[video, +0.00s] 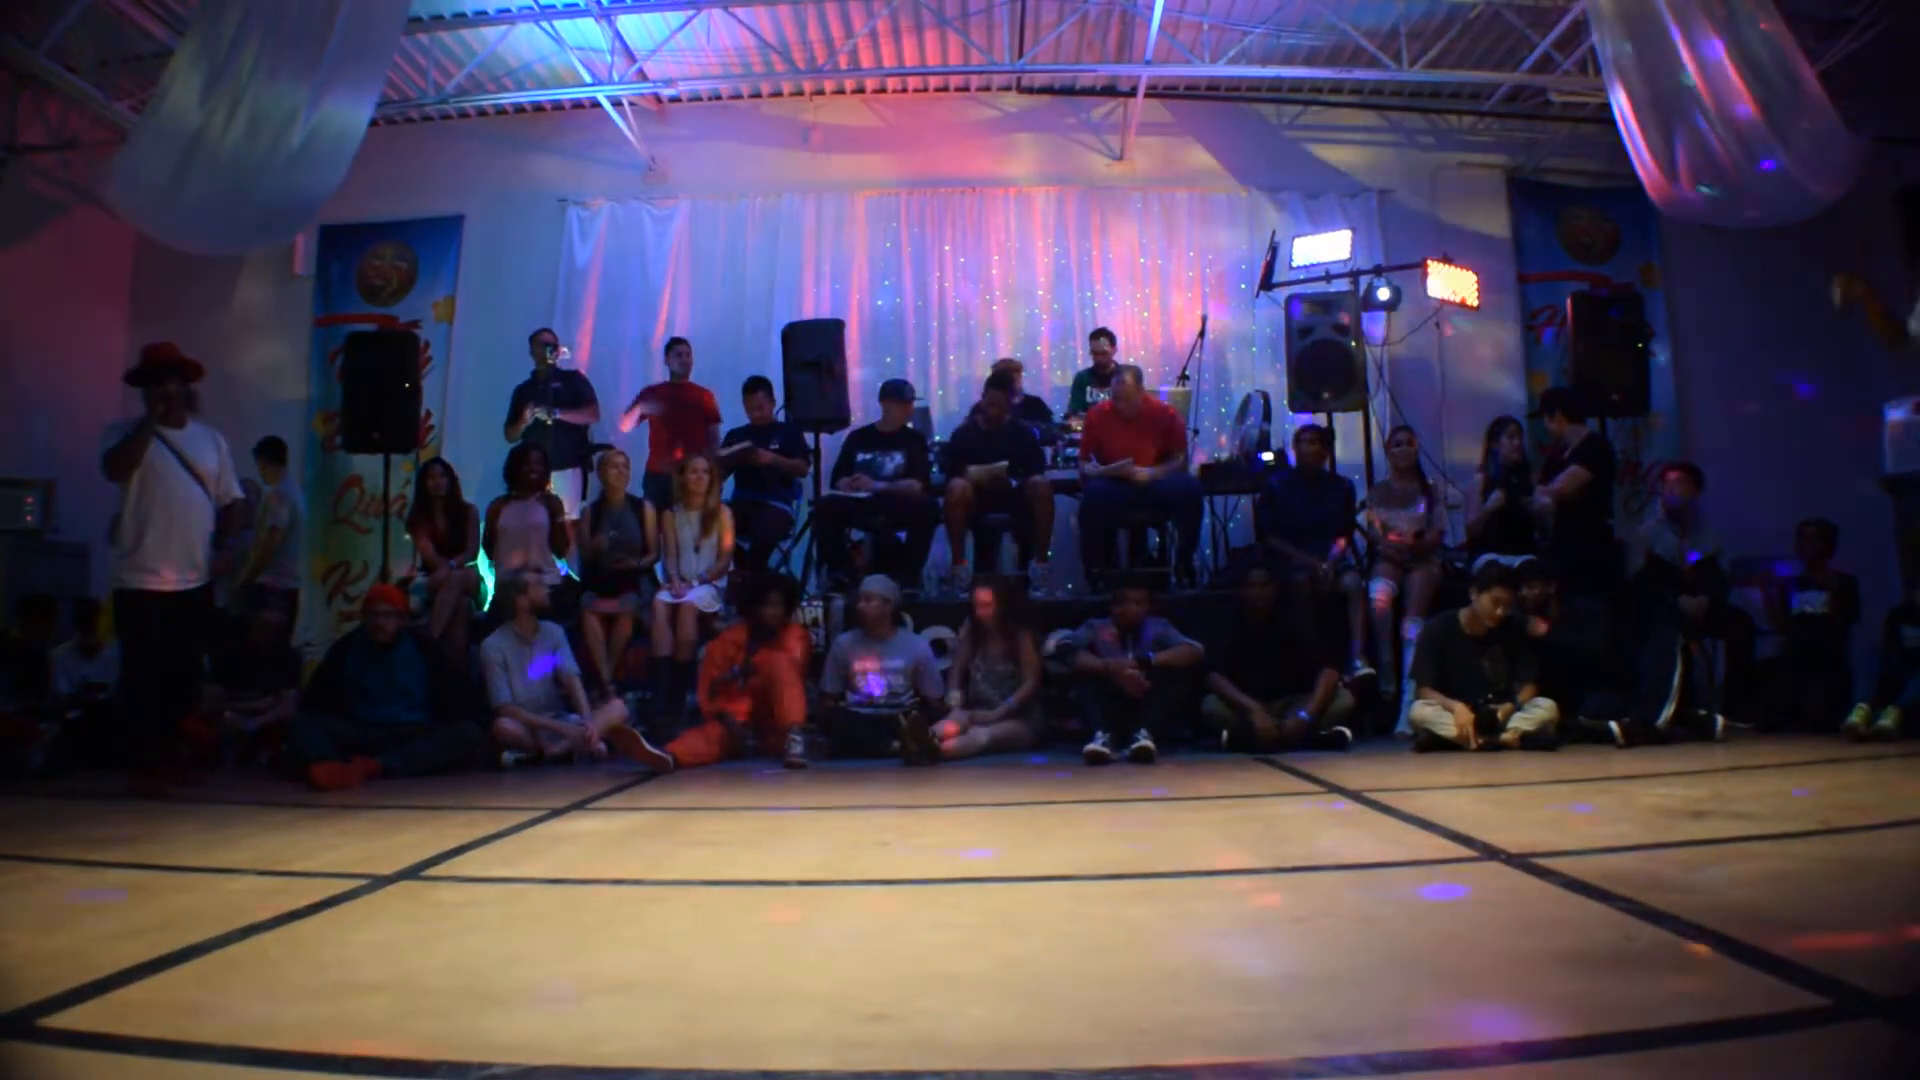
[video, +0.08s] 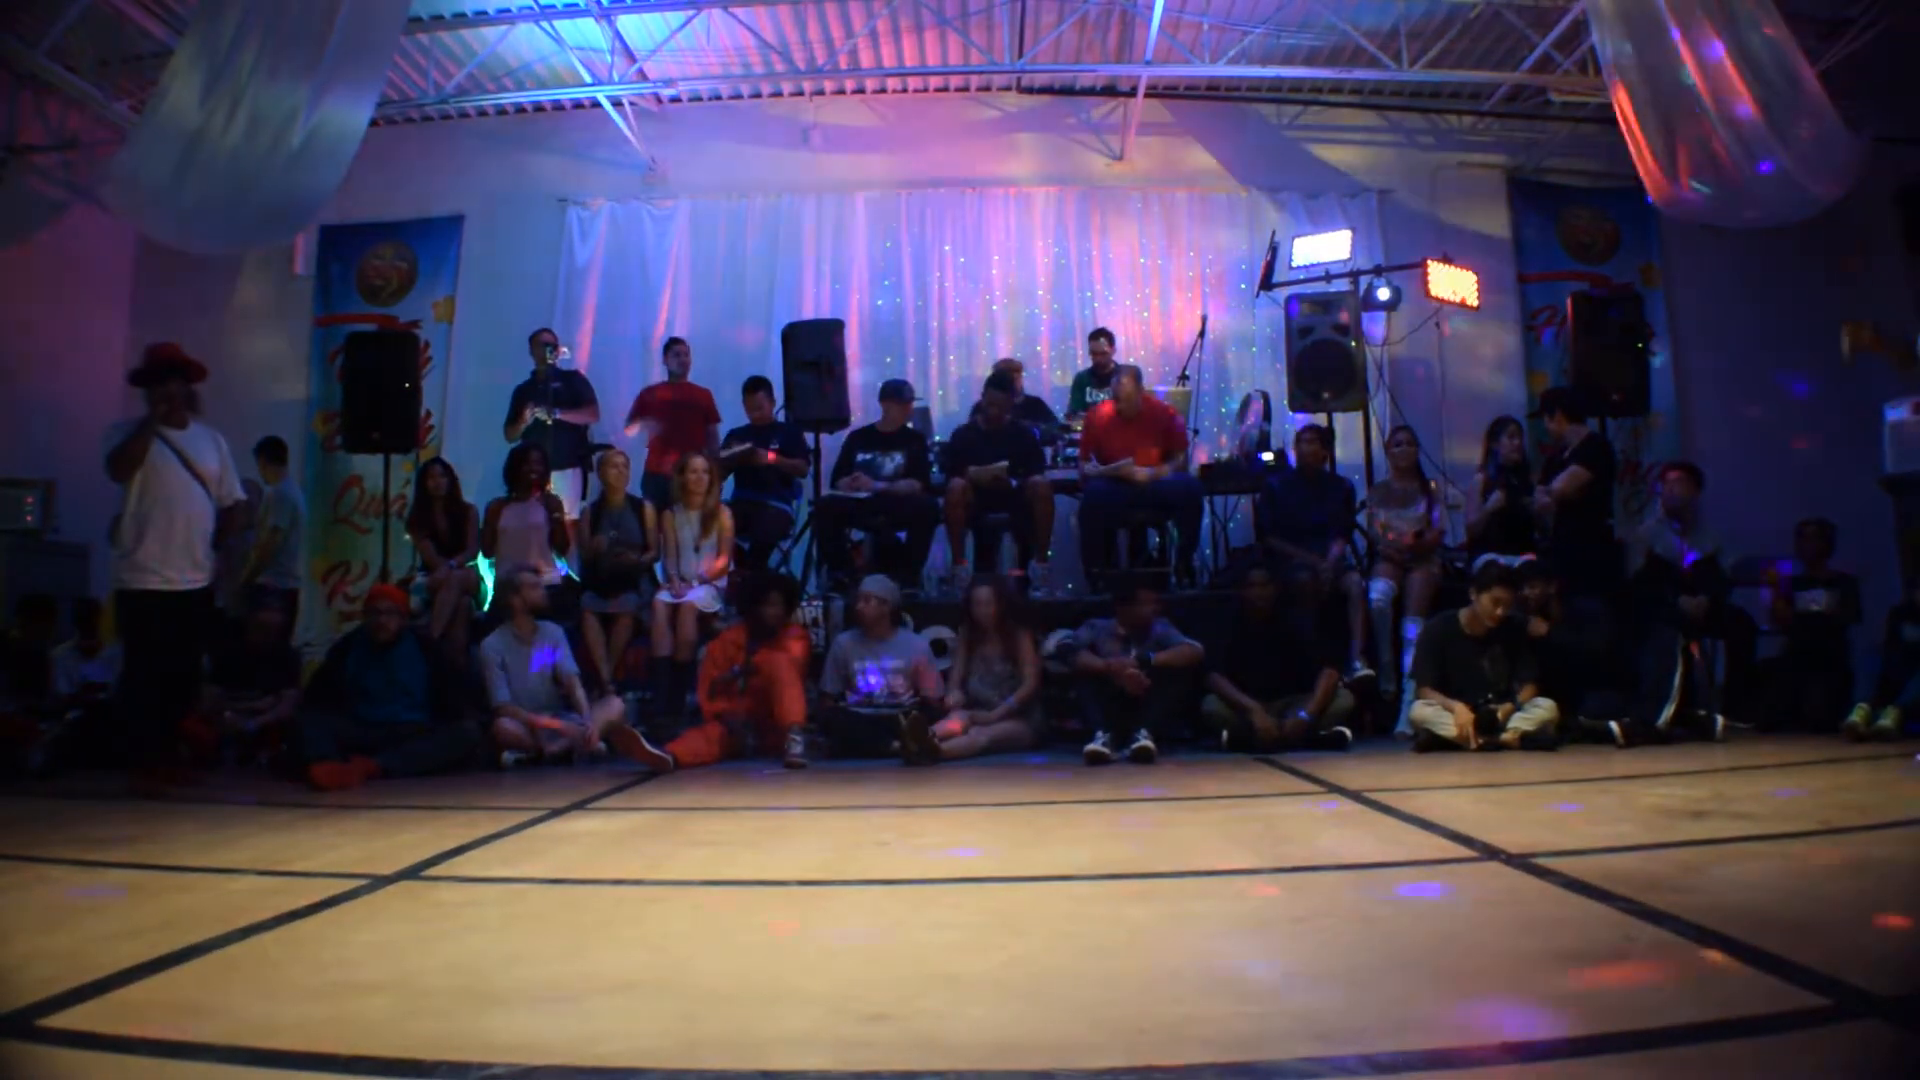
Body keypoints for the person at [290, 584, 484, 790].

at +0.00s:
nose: (381, 623)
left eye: (388, 616)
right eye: (375, 615)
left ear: (401, 619)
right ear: (364, 617)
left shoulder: (420, 648)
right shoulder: (347, 648)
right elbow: (317, 696)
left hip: (413, 729)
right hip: (356, 728)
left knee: (466, 735)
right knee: (305, 724)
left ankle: (379, 766)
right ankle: (328, 766)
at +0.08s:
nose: (381, 621)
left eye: (389, 614)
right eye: (375, 613)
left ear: (402, 617)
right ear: (365, 616)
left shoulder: (421, 646)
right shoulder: (349, 646)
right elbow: (319, 692)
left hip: (415, 728)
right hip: (358, 726)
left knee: (465, 734)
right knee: (312, 718)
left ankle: (376, 766)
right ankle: (327, 763)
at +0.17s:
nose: (383, 619)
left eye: (391, 612)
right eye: (377, 612)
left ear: (404, 616)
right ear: (366, 614)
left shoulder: (421, 645)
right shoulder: (351, 645)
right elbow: (321, 688)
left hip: (414, 725)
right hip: (360, 723)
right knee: (317, 714)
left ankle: (373, 766)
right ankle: (326, 763)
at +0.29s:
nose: (388, 614)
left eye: (396, 607)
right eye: (382, 607)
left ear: (409, 612)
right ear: (371, 611)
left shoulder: (426, 644)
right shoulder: (355, 643)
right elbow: (326, 685)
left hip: (415, 723)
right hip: (360, 722)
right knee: (320, 705)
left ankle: (372, 766)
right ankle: (335, 761)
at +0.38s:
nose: (389, 614)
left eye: (397, 607)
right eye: (382, 606)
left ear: (409, 612)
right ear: (371, 611)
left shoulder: (427, 645)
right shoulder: (355, 643)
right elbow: (327, 684)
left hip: (417, 722)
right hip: (363, 720)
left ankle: (377, 765)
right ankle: (339, 760)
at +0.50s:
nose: (384, 614)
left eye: (392, 606)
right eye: (378, 606)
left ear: (406, 611)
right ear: (369, 610)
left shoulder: (424, 645)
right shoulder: (351, 646)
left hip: (416, 722)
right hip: (365, 723)